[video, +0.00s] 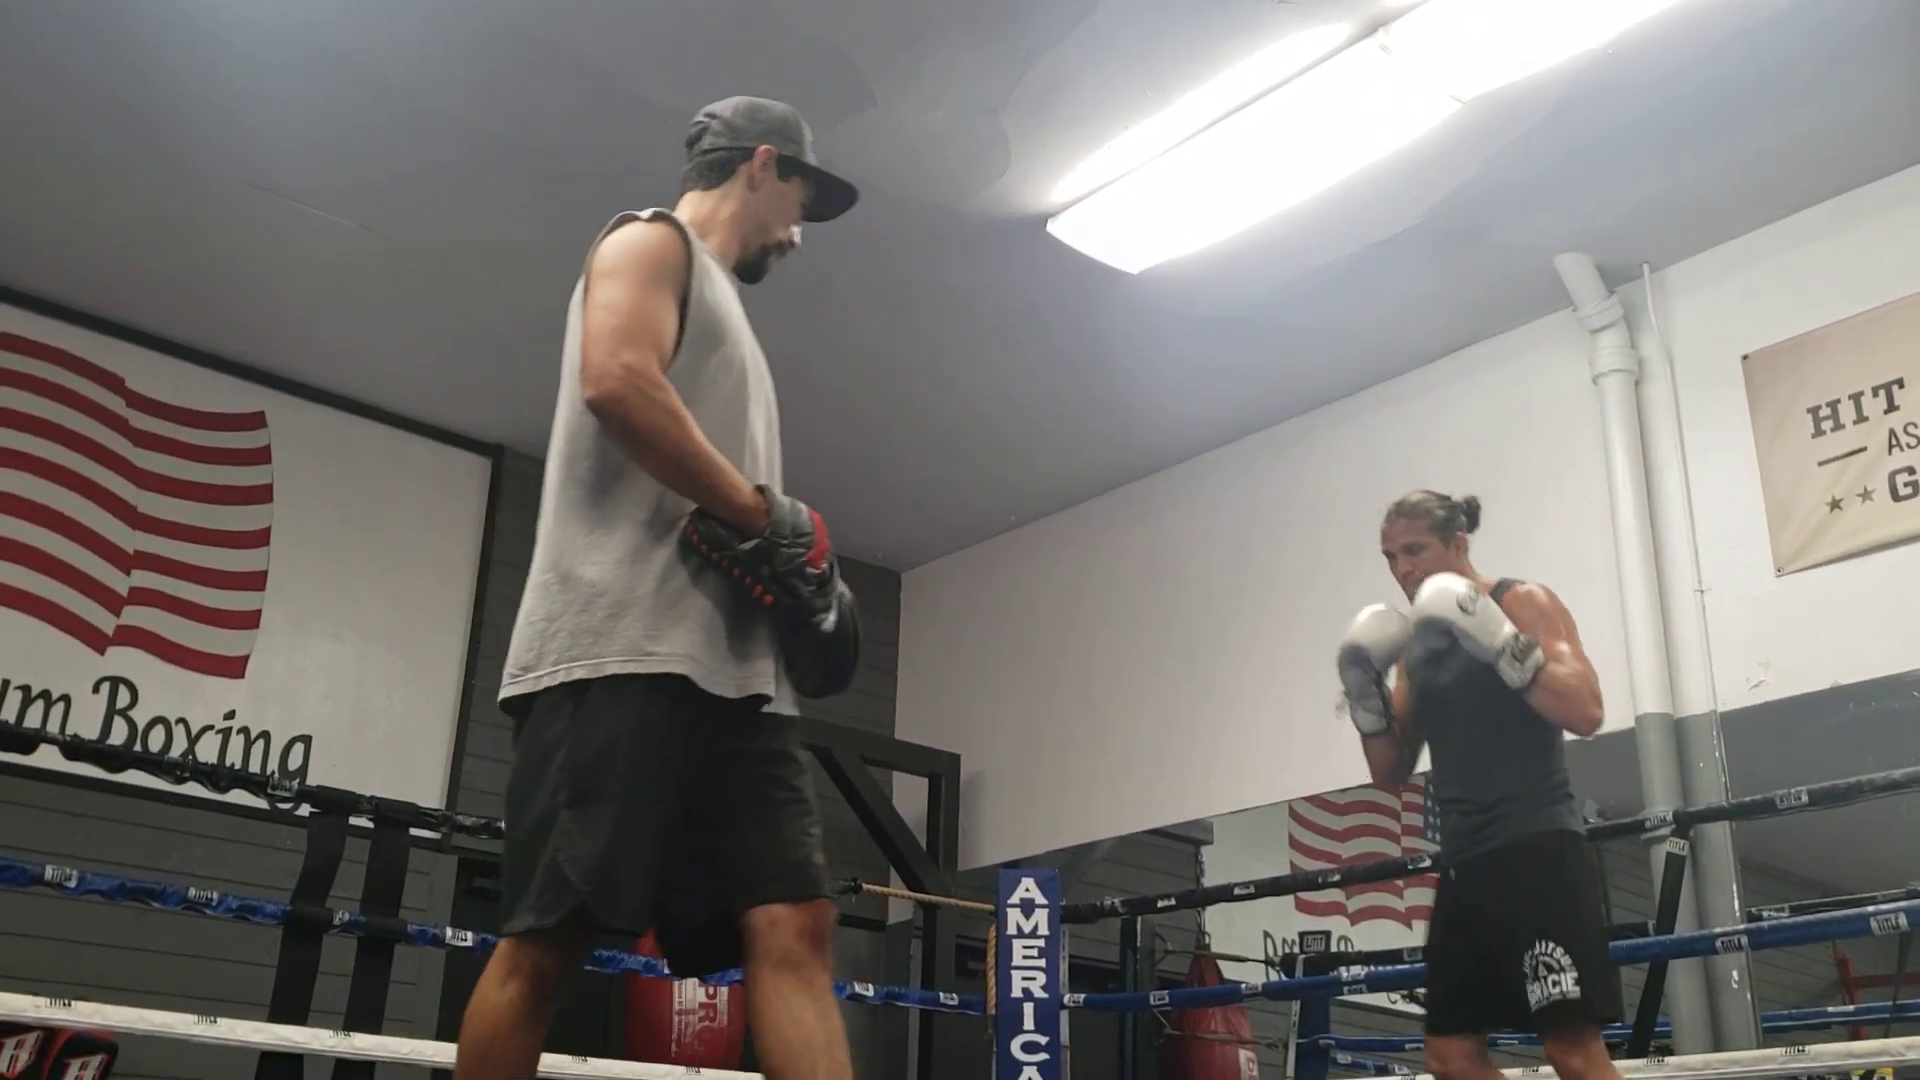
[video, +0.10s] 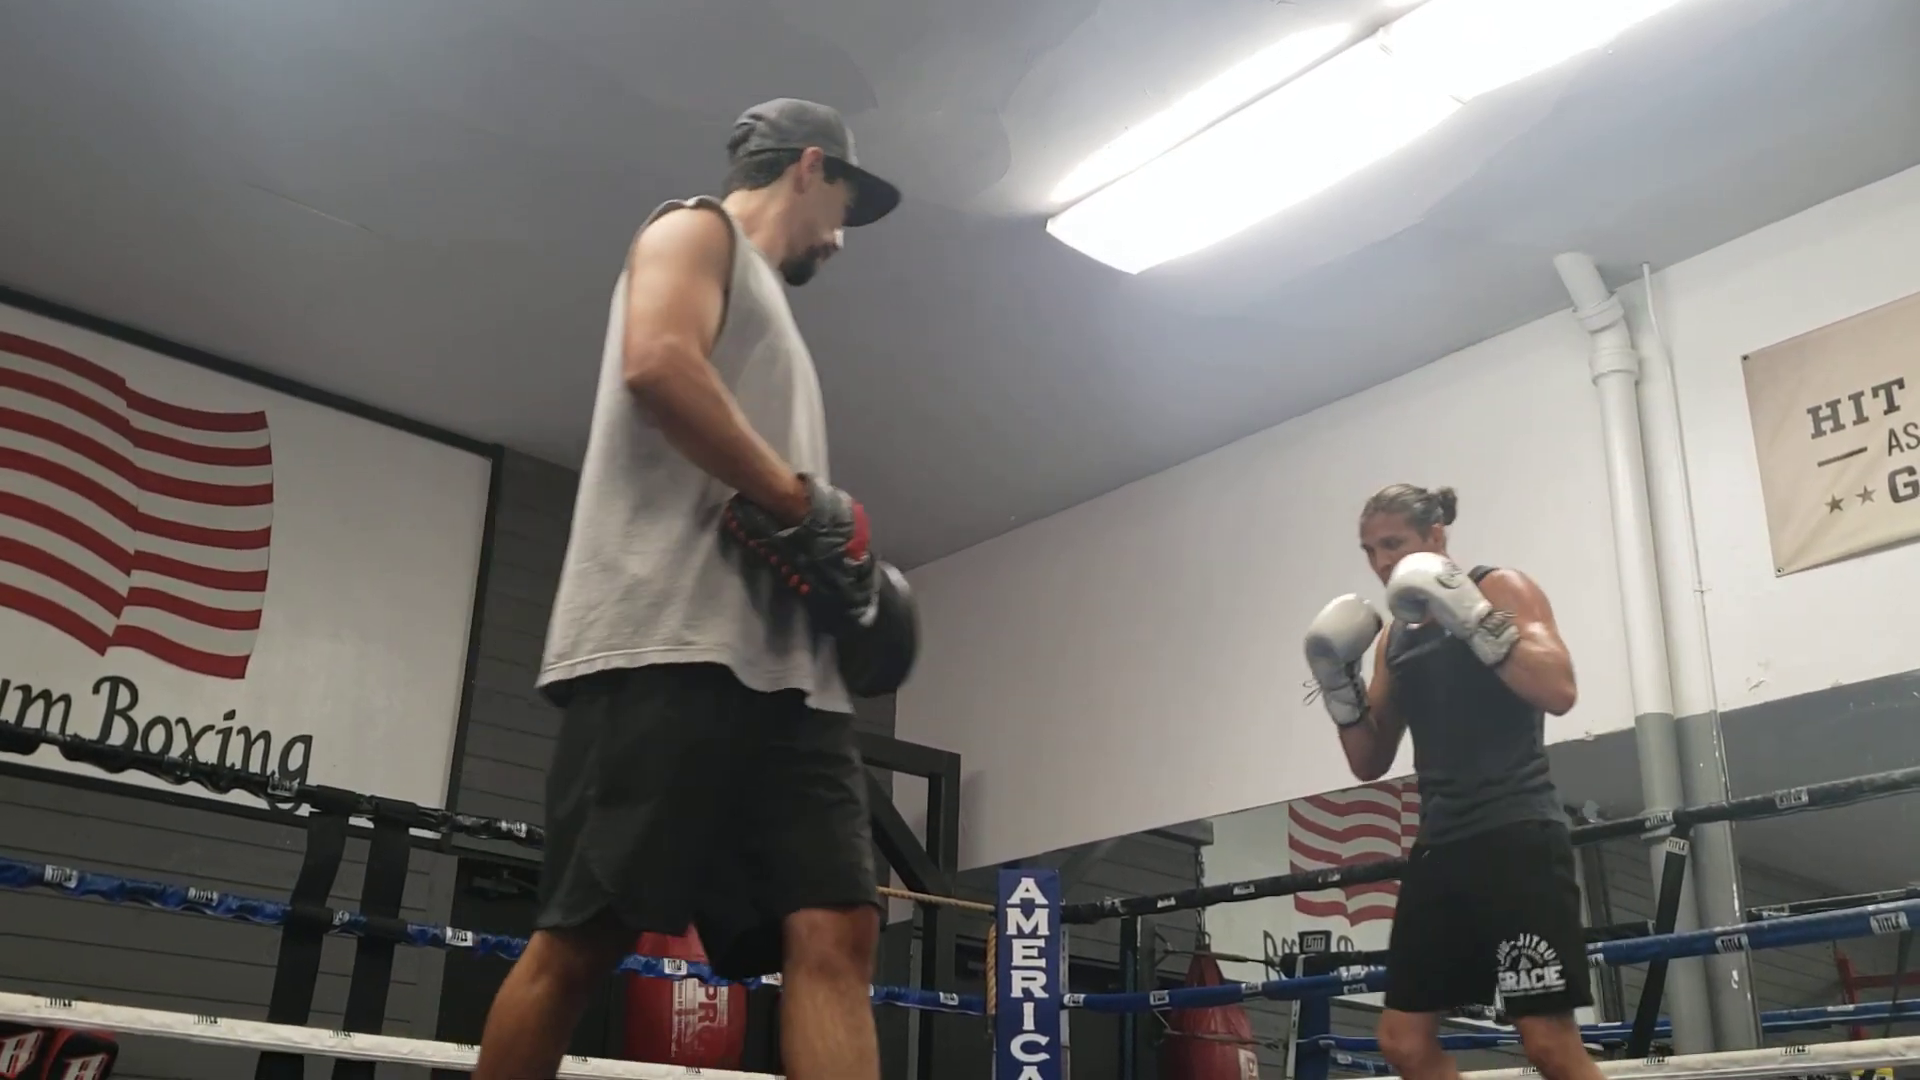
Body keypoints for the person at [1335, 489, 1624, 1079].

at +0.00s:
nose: (1404, 569)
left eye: (1416, 550)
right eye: (1392, 557)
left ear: (1460, 544)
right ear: (1387, 563)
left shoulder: (1523, 603)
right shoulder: (1415, 648)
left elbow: (1585, 710)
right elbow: (1391, 768)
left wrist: (1498, 642)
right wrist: (1364, 691)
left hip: (1541, 848)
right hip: (1464, 862)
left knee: (1574, 1050)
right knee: (1451, 1053)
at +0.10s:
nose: (1382, 562)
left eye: (1394, 545)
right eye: (1371, 550)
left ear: (1438, 538)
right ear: (1366, 554)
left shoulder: (1501, 588)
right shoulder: (1394, 636)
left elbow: (1559, 692)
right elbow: (1370, 761)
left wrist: (1471, 615)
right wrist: (1338, 683)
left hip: (1520, 832)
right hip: (1439, 845)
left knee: (1548, 1042)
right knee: (1405, 1041)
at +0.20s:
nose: (1360, 599)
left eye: (1370, 580)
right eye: (1349, 587)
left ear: (1414, 570)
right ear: (1344, 588)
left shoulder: (1476, 617)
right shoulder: (1378, 667)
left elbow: (1523, 714)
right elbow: (1357, 795)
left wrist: (1434, 641)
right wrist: (1319, 717)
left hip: (1505, 870)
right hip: (1422, 881)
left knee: (1552, 1061)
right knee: (1365, 1059)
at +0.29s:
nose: (1323, 629)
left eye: (1334, 610)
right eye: (1315, 617)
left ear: (1381, 601)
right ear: (1311, 619)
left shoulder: (1445, 650)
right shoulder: (1355, 703)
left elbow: (1488, 746)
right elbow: (1345, 828)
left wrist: (1398, 677)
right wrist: (1303, 756)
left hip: (1481, 902)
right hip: (1401, 915)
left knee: (1547, 1071)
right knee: (1344, 1071)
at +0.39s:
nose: (1271, 639)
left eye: (1282, 622)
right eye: (1262, 628)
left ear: (1324, 611)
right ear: (1257, 630)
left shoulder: (1389, 660)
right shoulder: (1306, 711)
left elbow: (1444, 762)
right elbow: (1299, 835)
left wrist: (1355, 698)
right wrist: (1259, 768)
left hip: (1418, 904)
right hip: (1343, 915)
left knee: (1486, 1069)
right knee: (1294, 1069)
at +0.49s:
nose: (1215, 644)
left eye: (1226, 627)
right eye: (1206, 631)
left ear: (1269, 616)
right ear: (1202, 630)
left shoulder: (1336, 661)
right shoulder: (1244, 703)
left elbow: (1401, 770)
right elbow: (1228, 833)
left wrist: (1313, 704)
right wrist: (1198, 765)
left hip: (1354, 897)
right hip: (1279, 903)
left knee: (1398, 1068)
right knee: (1218, 1069)